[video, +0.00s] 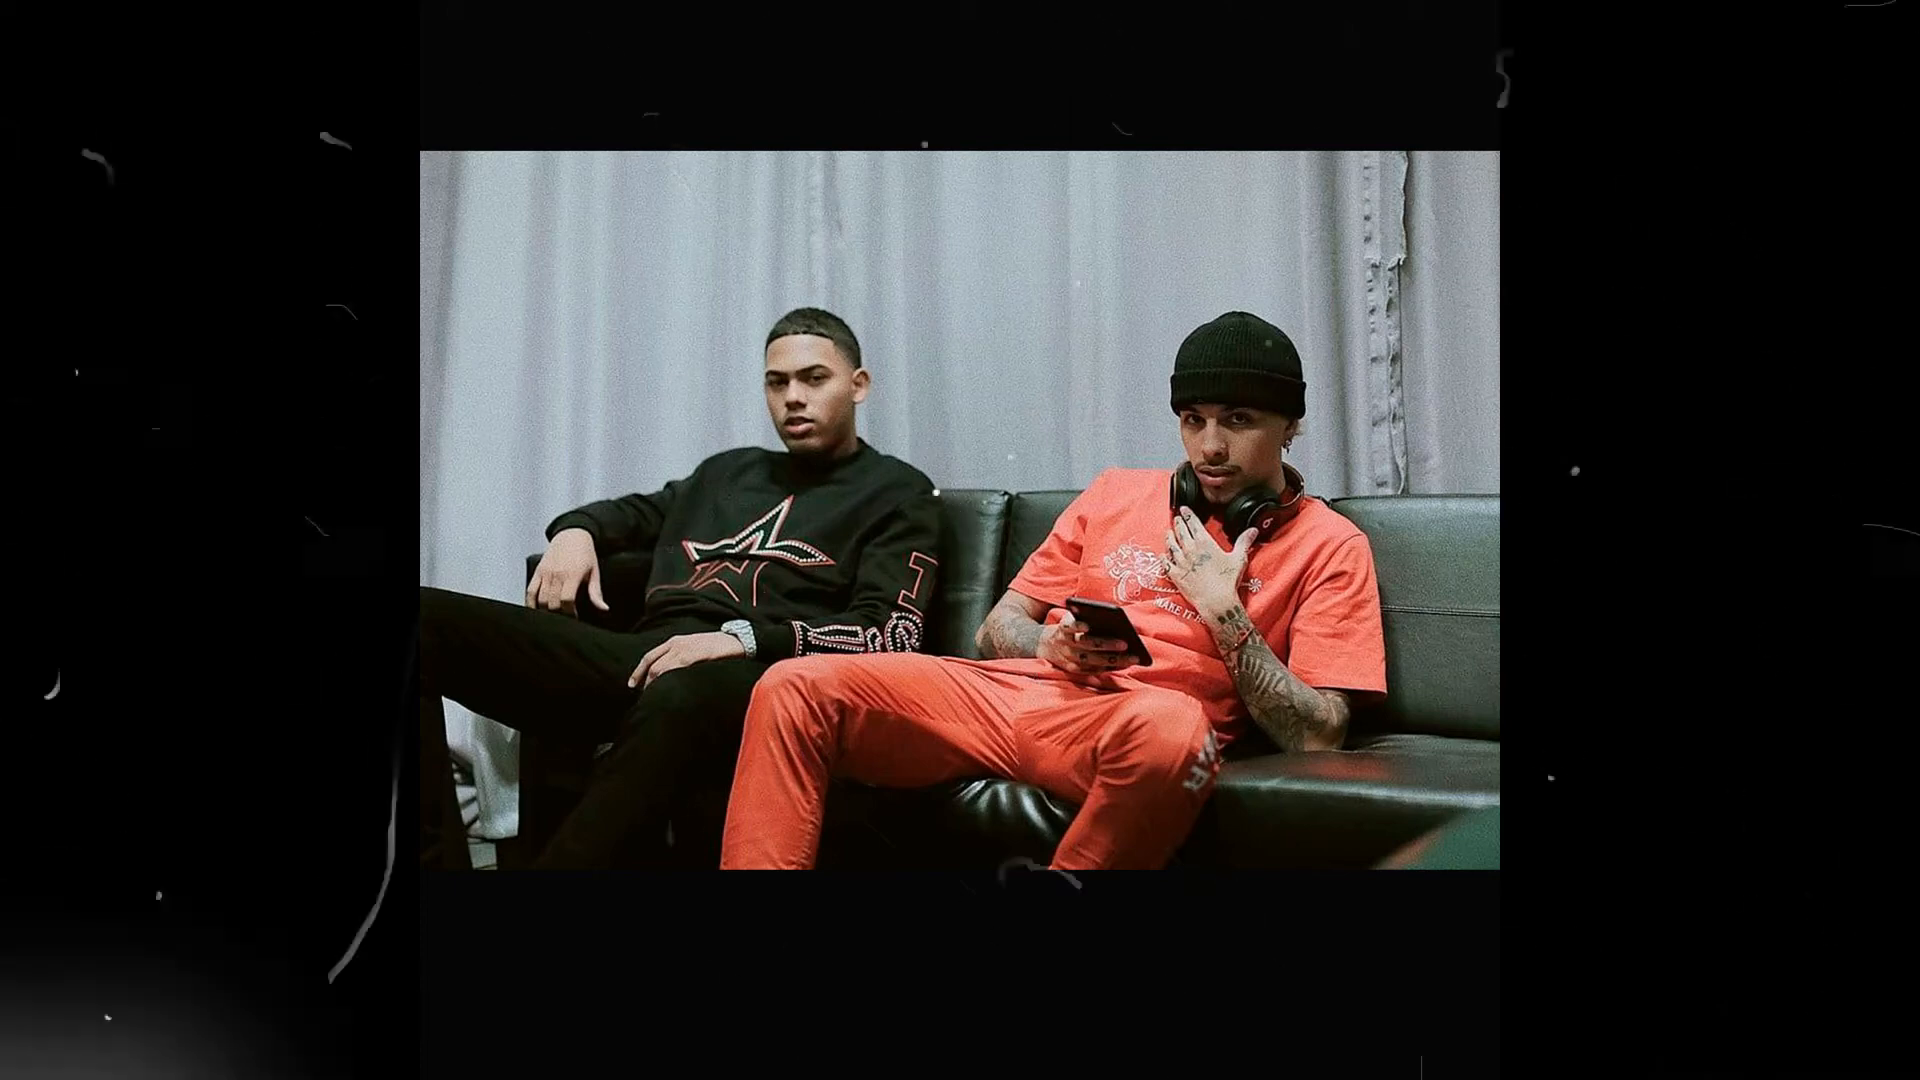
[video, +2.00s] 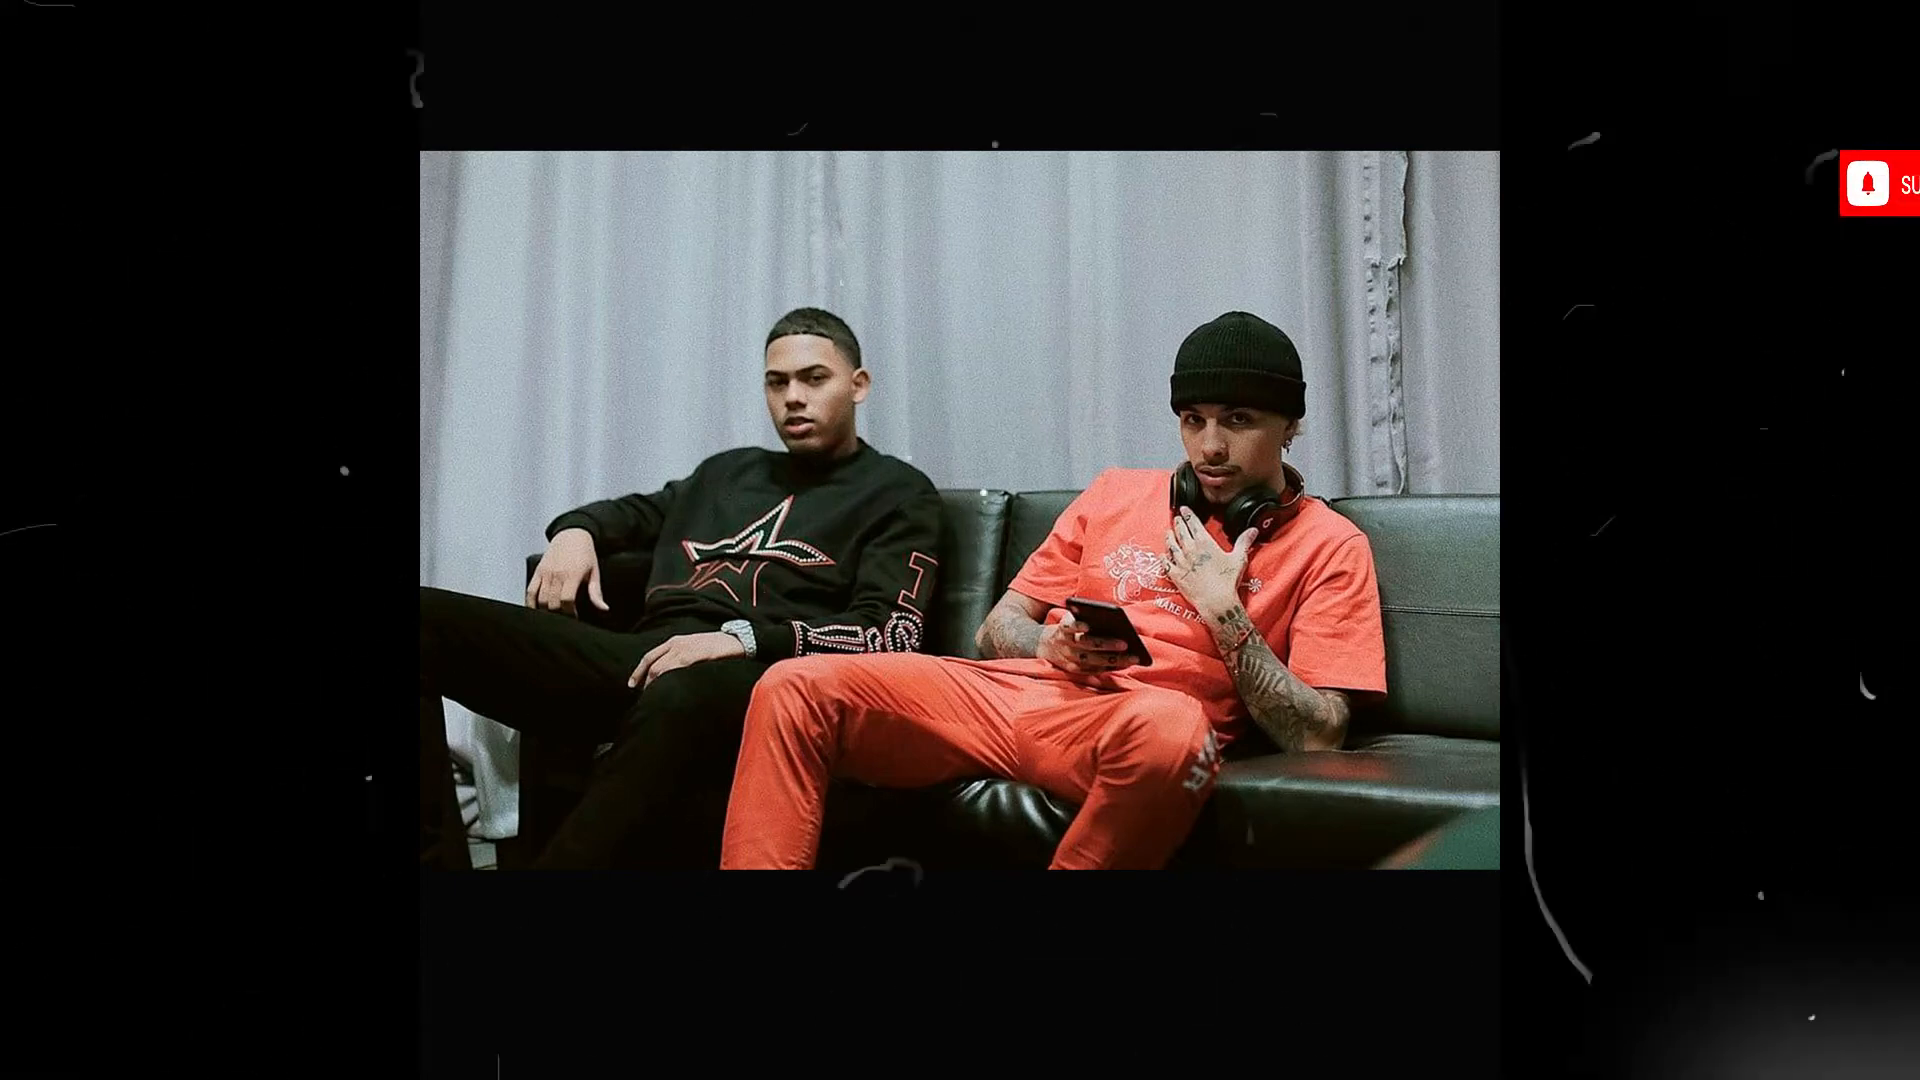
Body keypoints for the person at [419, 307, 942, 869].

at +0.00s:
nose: (793, 399)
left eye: (814, 379)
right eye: (779, 382)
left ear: (859, 386)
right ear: (765, 391)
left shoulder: (898, 492)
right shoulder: (728, 472)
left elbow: (893, 635)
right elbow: (641, 515)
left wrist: (742, 639)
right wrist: (575, 529)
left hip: (771, 680)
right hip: (639, 654)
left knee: (680, 700)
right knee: (426, 617)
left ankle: (561, 871)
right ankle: (439, 857)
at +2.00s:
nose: (792, 398)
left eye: (813, 379)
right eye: (778, 382)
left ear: (859, 385)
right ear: (765, 390)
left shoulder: (900, 494)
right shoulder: (728, 472)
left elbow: (892, 635)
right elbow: (640, 516)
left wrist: (744, 637)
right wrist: (575, 530)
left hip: (771, 680)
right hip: (639, 654)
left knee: (682, 700)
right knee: (426, 617)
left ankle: (561, 871)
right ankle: (441, 856)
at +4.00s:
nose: (793, 398)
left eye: (813, 379)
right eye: (778, 382)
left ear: (859, 385)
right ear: (765, 390)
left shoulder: (899, 494)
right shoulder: (728, 472)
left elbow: (892, 635)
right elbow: (640, 516)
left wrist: (743, 638)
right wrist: (575, 530)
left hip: (770, 681)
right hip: (638, 654)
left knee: (681, 701)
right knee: (420, 617)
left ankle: (556, 886)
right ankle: (441, 870)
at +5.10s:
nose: (793, 399)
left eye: (813, 379)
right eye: (779, 382)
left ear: (859, 385)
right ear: (765, 391)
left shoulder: (899, 493)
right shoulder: (728, 472)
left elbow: (893, 633)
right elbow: (639, 515)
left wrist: (744, 638)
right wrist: (575, 530)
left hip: (769, 681)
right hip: (637, 653)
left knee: (683, 699)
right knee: (425, 617)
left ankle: (562, 872)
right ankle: (440, 860)